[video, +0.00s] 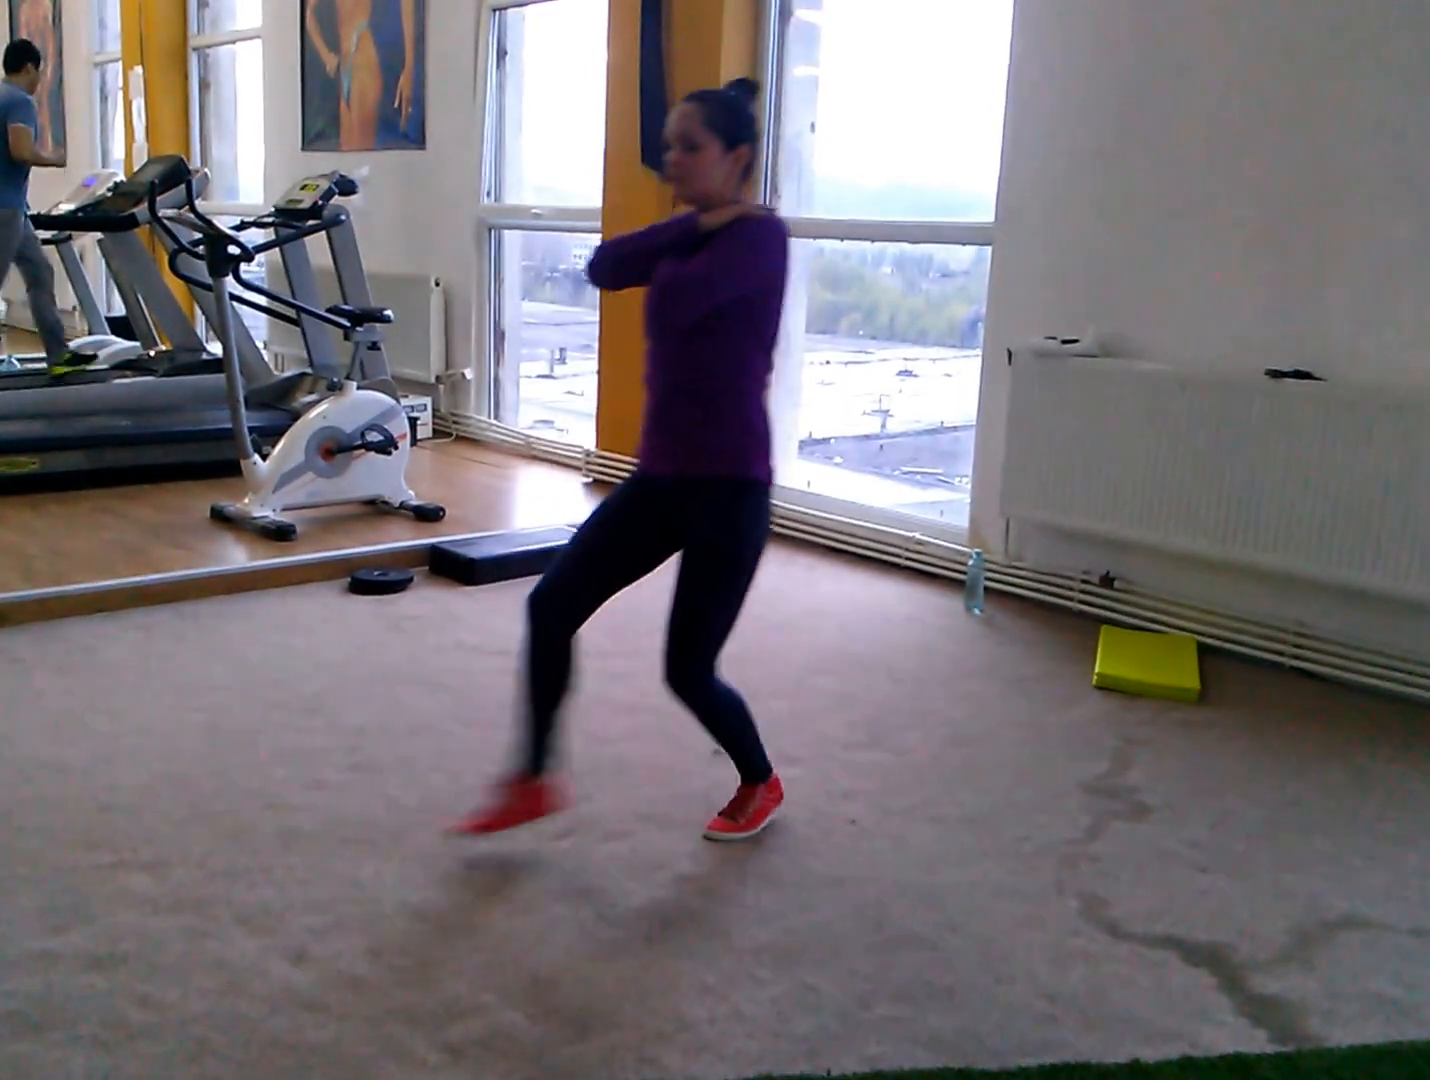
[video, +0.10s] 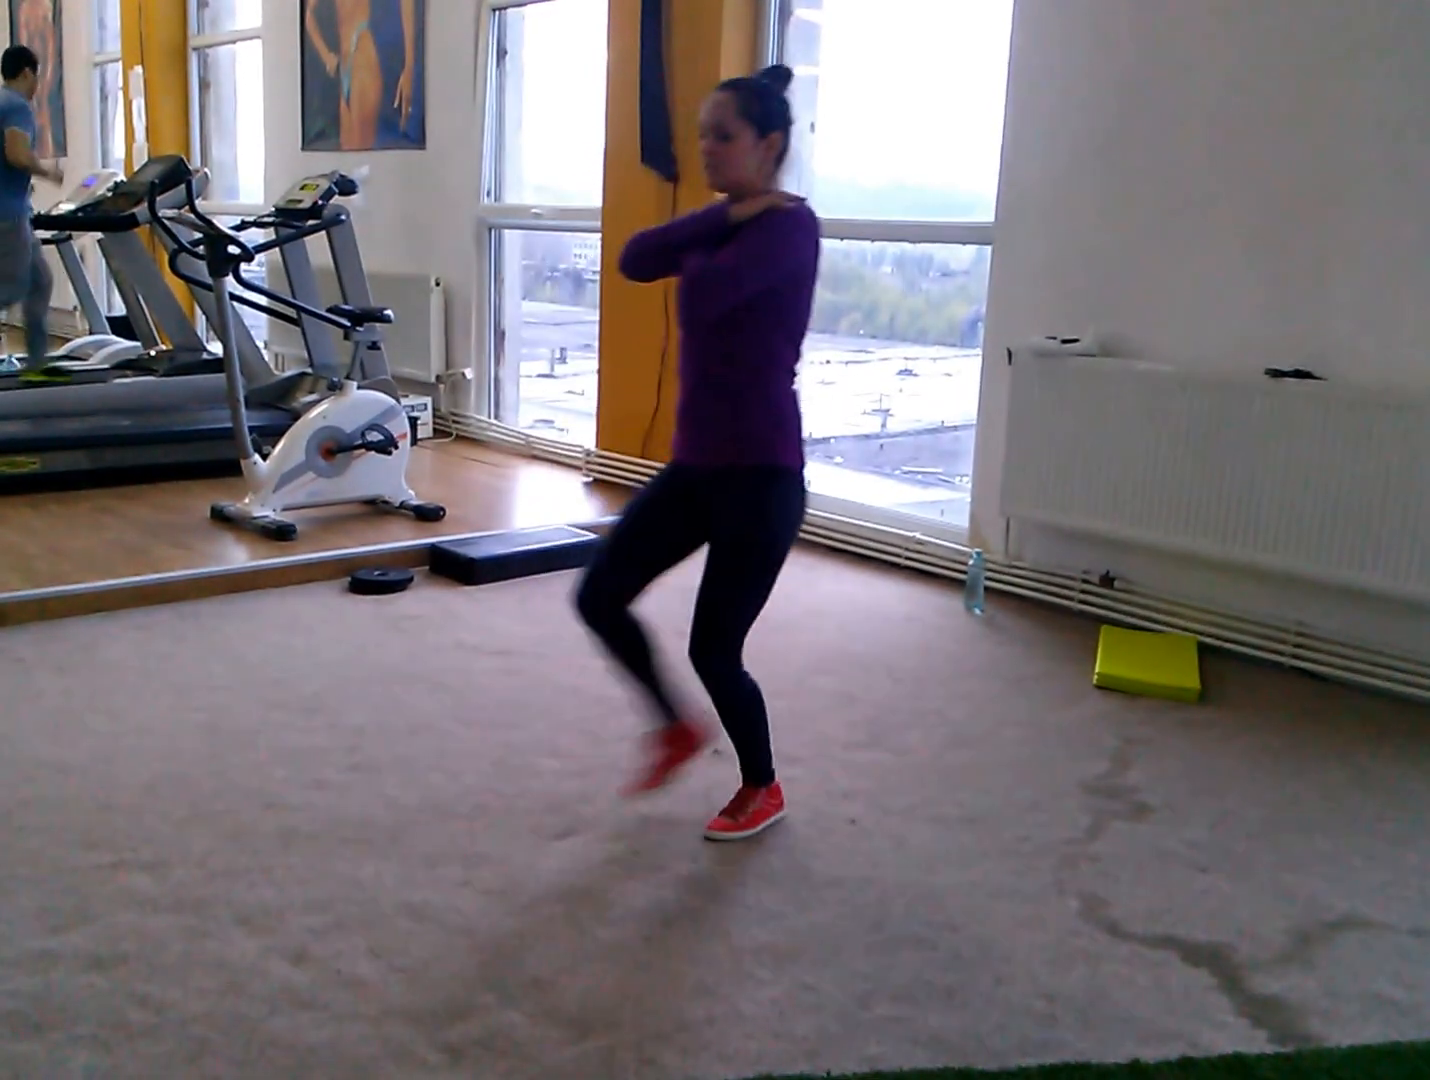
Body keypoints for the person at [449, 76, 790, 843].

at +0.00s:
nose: (672, 164)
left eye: (688, 148)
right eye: (669, 150)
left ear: (739, 154)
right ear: (677, 157)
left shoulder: (760, 238)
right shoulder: (684, 237)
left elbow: (675, 304)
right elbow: (602, 268)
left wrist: (671, 242)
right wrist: (694, 226)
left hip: (731, 489)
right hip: (660, 481)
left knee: (689, 671)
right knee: (551, 606)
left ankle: (760, 780)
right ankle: (533, 778)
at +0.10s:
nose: (707, 149)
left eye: (722, 136)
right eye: (703, 136)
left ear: (771, 143)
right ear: (710, 142)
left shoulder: (791, 227)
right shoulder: (719, 224)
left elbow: (704, 298)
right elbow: (631, 260)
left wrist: (693, 245)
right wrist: (727, 217)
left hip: (763, 478)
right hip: (697, 470)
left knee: (715, 650)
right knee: (600, 597)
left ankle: (762, 787)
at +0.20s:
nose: (731, 143)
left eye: (747, 130)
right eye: (729, 130)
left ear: (795, 137)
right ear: (736, 137)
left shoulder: (817, 220)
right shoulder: (743, 221)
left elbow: (738, 289)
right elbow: (662, 258)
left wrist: (721, 235)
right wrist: (750, 212)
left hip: (789, 469)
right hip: (725, 462)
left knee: (733, 631)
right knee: (675, 617)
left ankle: (761, 786)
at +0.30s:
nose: (759, 151)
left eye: (775, 139)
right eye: (756, 138)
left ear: (820, 145)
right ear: (759, 142)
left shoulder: (841, 230)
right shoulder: (762, 226)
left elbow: (760, 293)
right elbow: (686, 259)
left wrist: (746, 238)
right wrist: (774, 221)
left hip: (813, 467)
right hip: (751, 462)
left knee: (740, 632)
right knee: (755, 618)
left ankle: (762, 786)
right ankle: (871, 649)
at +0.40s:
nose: (781, 171)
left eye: (795, 158)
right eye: (777, 157)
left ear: (842, 165)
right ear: (778, 163)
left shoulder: (862, 249)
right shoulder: (781, 239)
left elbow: (786, 317)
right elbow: (708, 277)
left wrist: (757, 255)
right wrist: (798, 238)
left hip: (839, 477)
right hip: (782, 472)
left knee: (752, 631)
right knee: (830, 611)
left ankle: (763, 787)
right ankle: (922, 650)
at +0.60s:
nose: (823, 244)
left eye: (839, 230)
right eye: (819, 229)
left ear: (882, 234)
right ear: (816, 232)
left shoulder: (899, 312)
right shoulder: (822, 297)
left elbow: (839, 393)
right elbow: (757, 350)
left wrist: (823, 318)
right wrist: (828, 302)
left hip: (891, 521)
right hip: (839, 516)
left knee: (781, 622)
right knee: (900, 636)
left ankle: (764, 786)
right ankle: (984, 676)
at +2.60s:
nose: (756, 219)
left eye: (772, 206)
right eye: (754, 203)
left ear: (825, 216)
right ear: (755, 209)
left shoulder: (852, 293)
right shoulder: (760, 276)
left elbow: (789, 401)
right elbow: (706, 356)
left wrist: (763, 316)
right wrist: (790, 304)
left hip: (896, 494)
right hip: (847, 492)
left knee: (793, 621)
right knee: (912, 584)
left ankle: (793, 782)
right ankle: (981, 646)